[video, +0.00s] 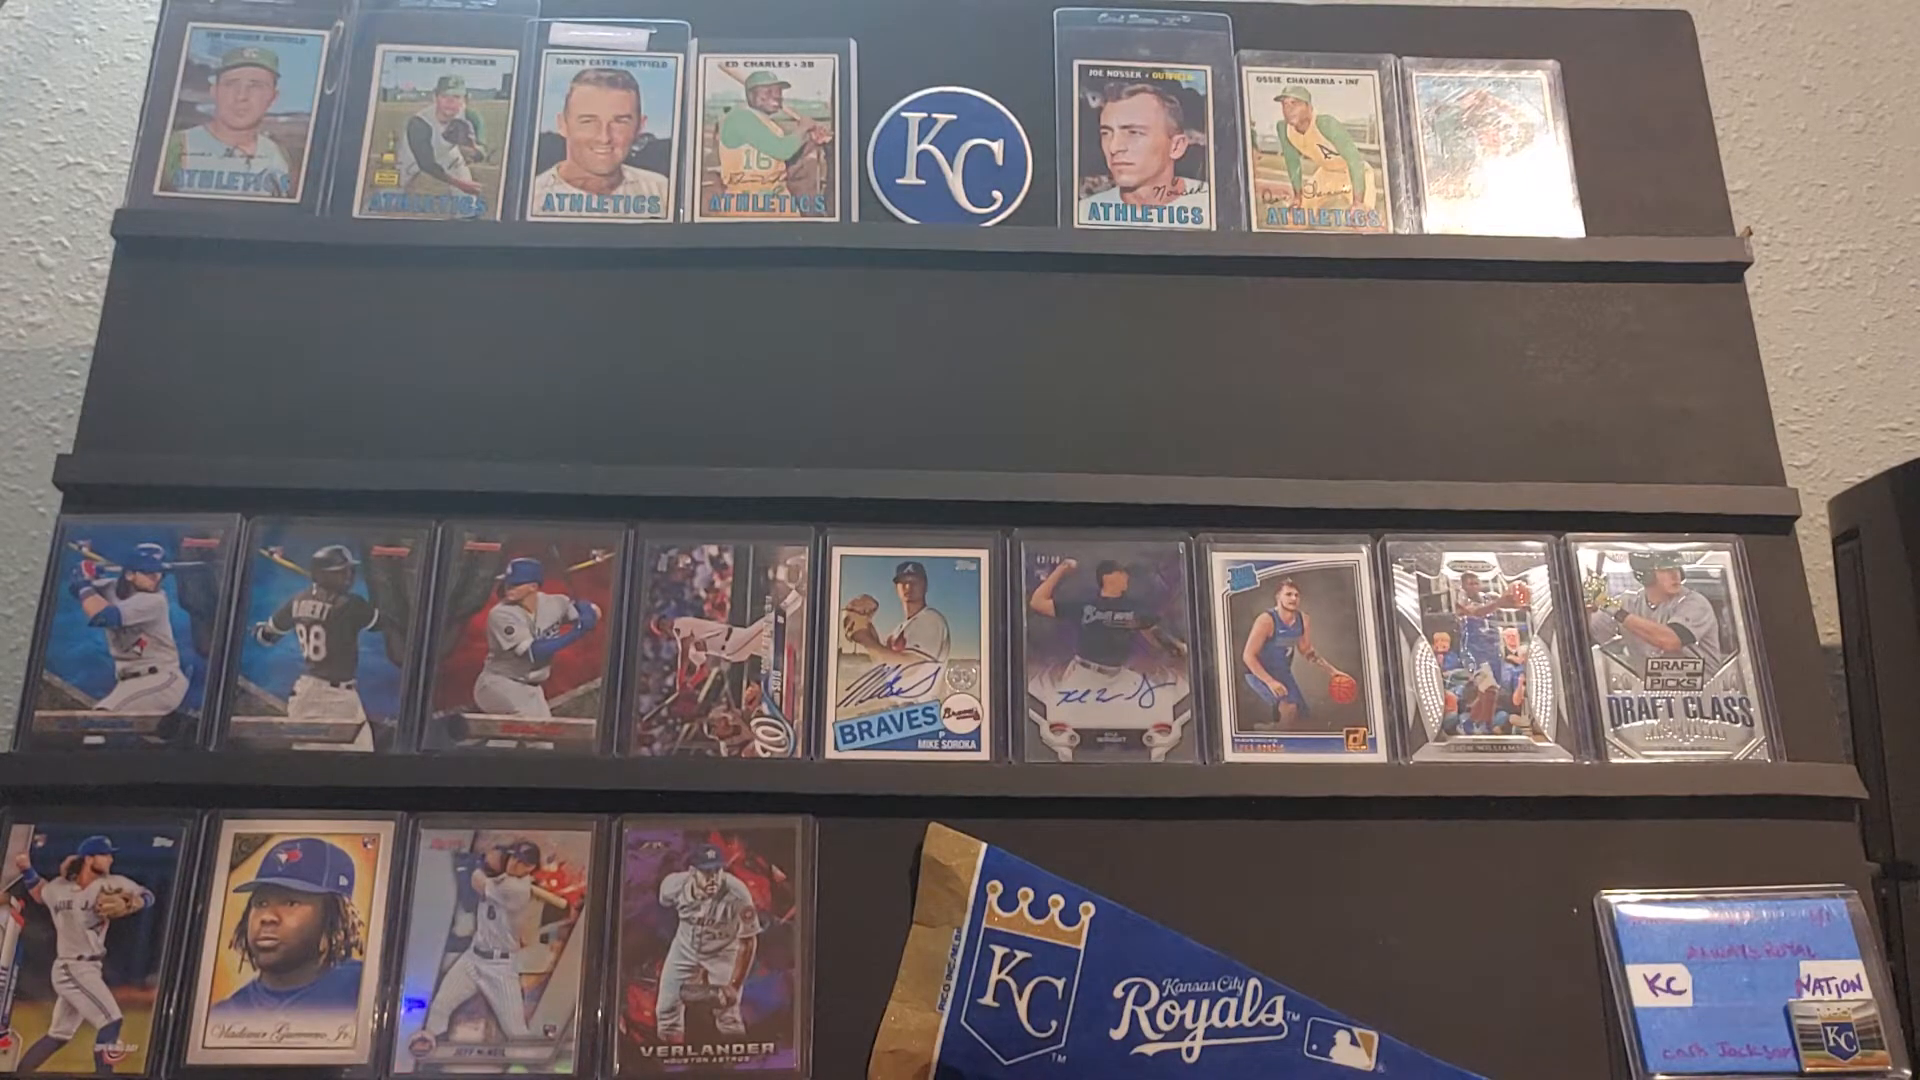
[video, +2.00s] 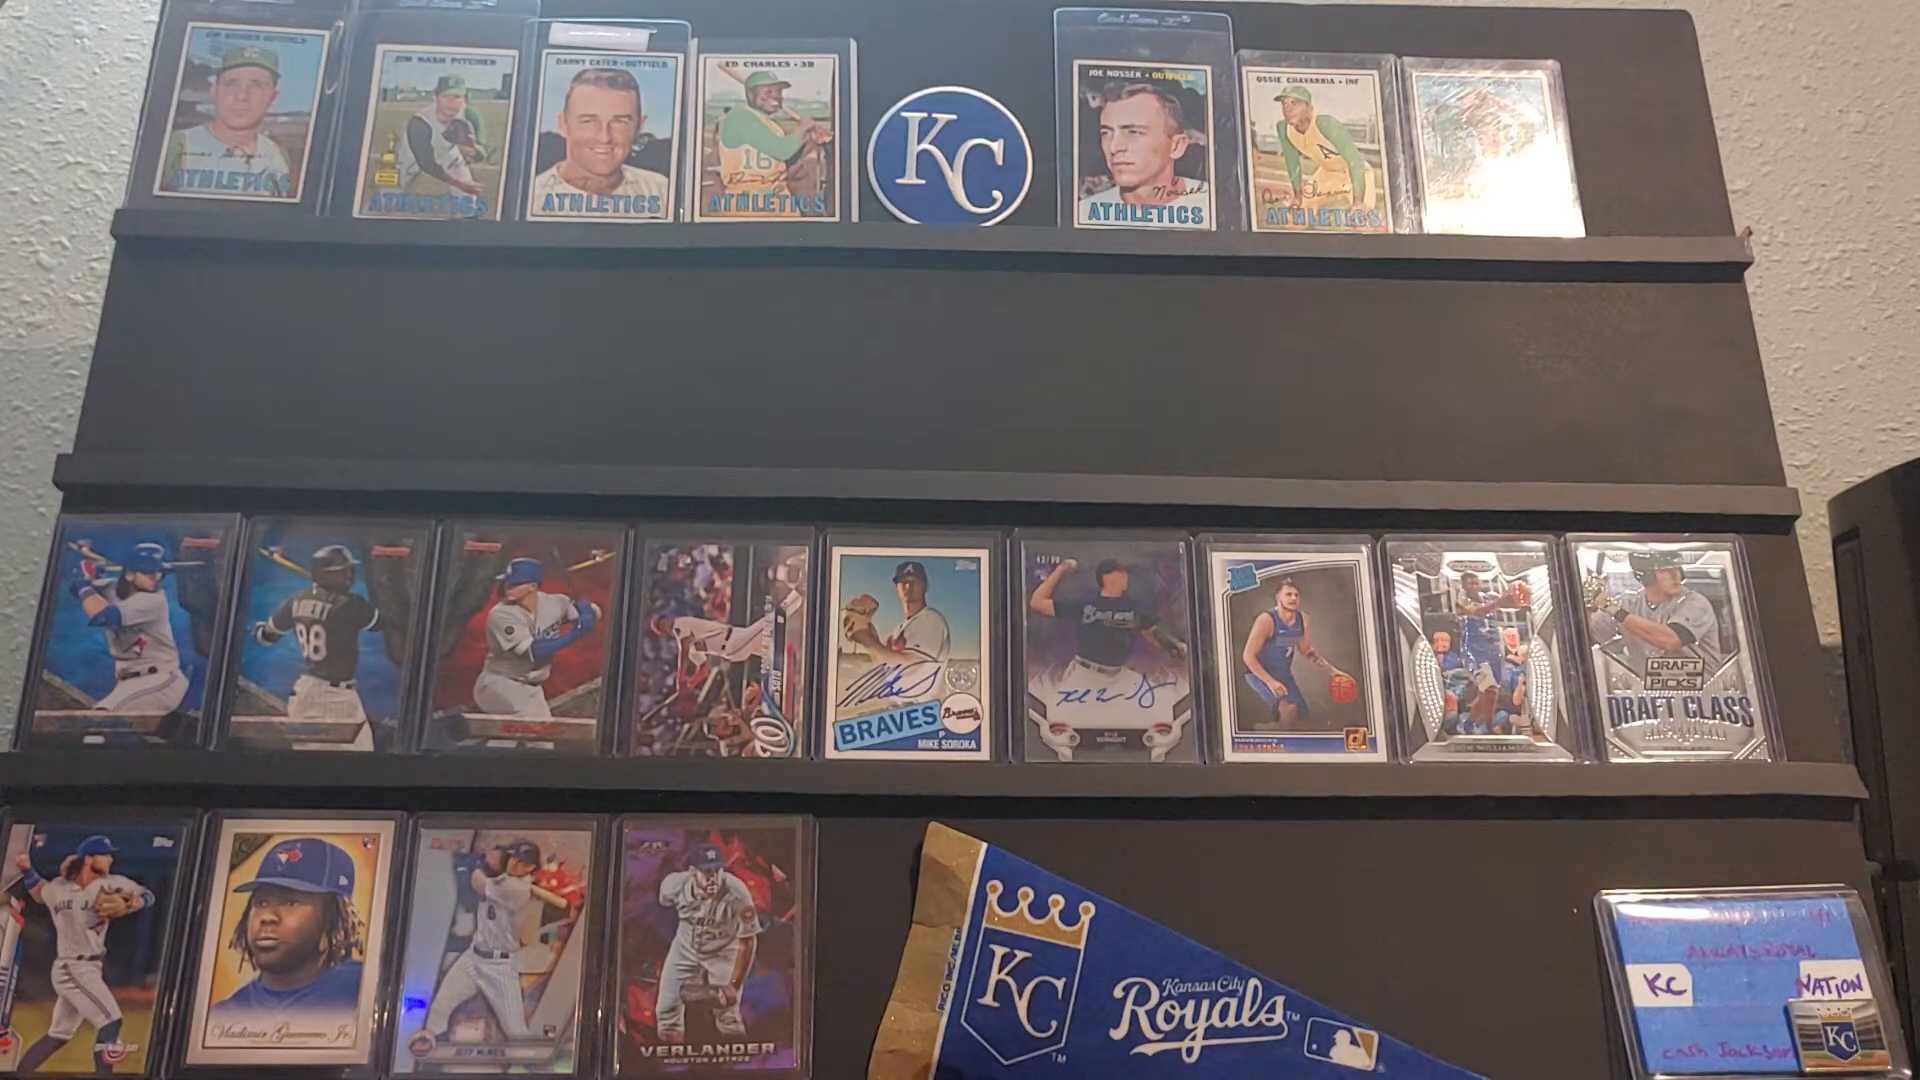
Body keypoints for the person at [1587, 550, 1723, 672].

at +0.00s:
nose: (1677, 575)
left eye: (1678, 568)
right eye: (1667, 569)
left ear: (1682, 571)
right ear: (1645, 574)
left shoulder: (1696, 604)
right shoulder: (1628, 603)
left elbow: (1671, 641)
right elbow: (1585, 636)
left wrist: (1620, 614)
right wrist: (1584, 610)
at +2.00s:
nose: (1676, 575)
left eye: (1677, 568)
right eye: (1666, 569)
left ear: (1682, 571)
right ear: (1644, 574)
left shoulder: (1696, 604)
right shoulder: (1629, 604)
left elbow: (1671, 641)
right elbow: (1586, 637)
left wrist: (1619, 613)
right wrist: (1585, 609)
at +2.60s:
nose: (1675, 573)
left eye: (1676, 567)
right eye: (1665, 569)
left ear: (1682, 570)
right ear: (1643, 575)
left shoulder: (1696, 604)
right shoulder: (1628, 604)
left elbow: (1671, 641)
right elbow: (1586, 637)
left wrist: (1620, 614)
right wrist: (1585, 609)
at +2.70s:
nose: (1675, 574)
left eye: (1676, 567)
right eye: (1665, 569)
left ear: (1682, 570)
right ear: (1643, 575)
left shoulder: (1696, 604)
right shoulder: (1628, 604)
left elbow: (1671, 641)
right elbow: (1586, 637)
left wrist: (1620, 614)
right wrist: (1585, 609)